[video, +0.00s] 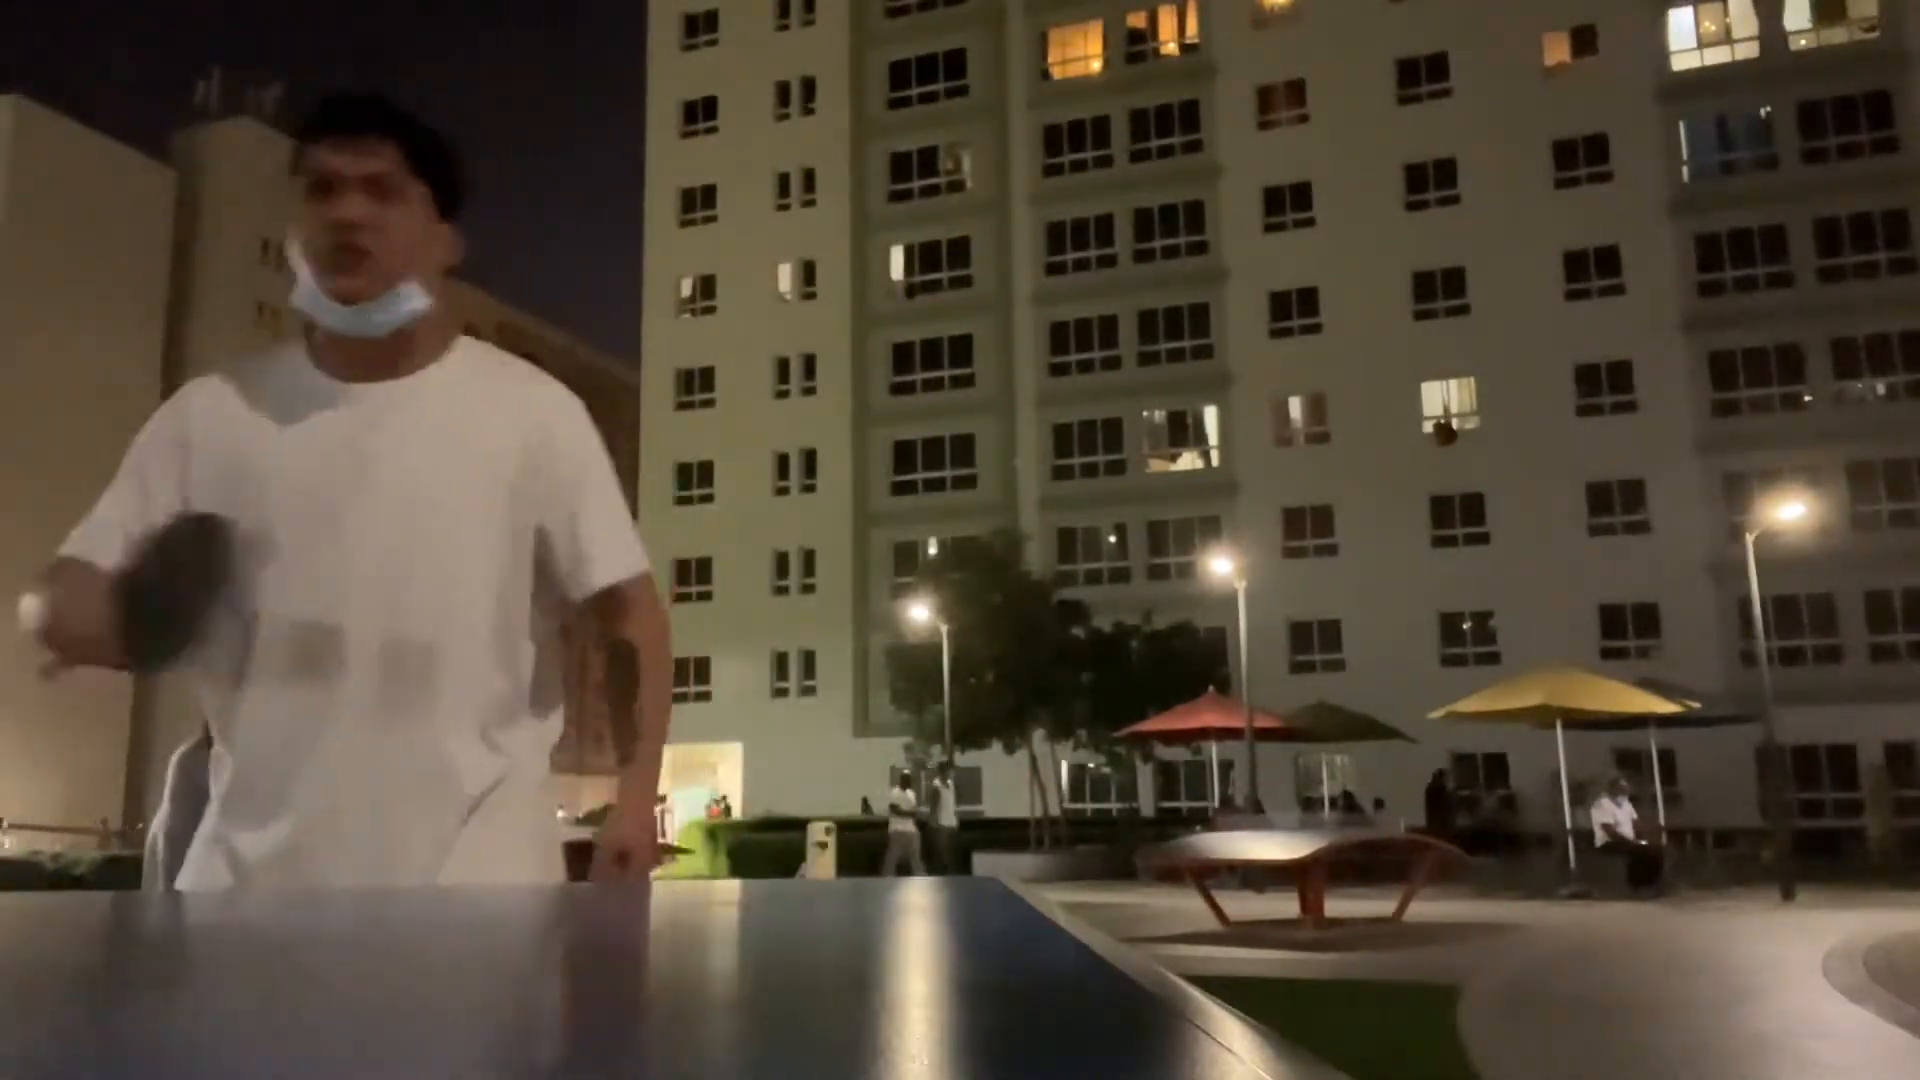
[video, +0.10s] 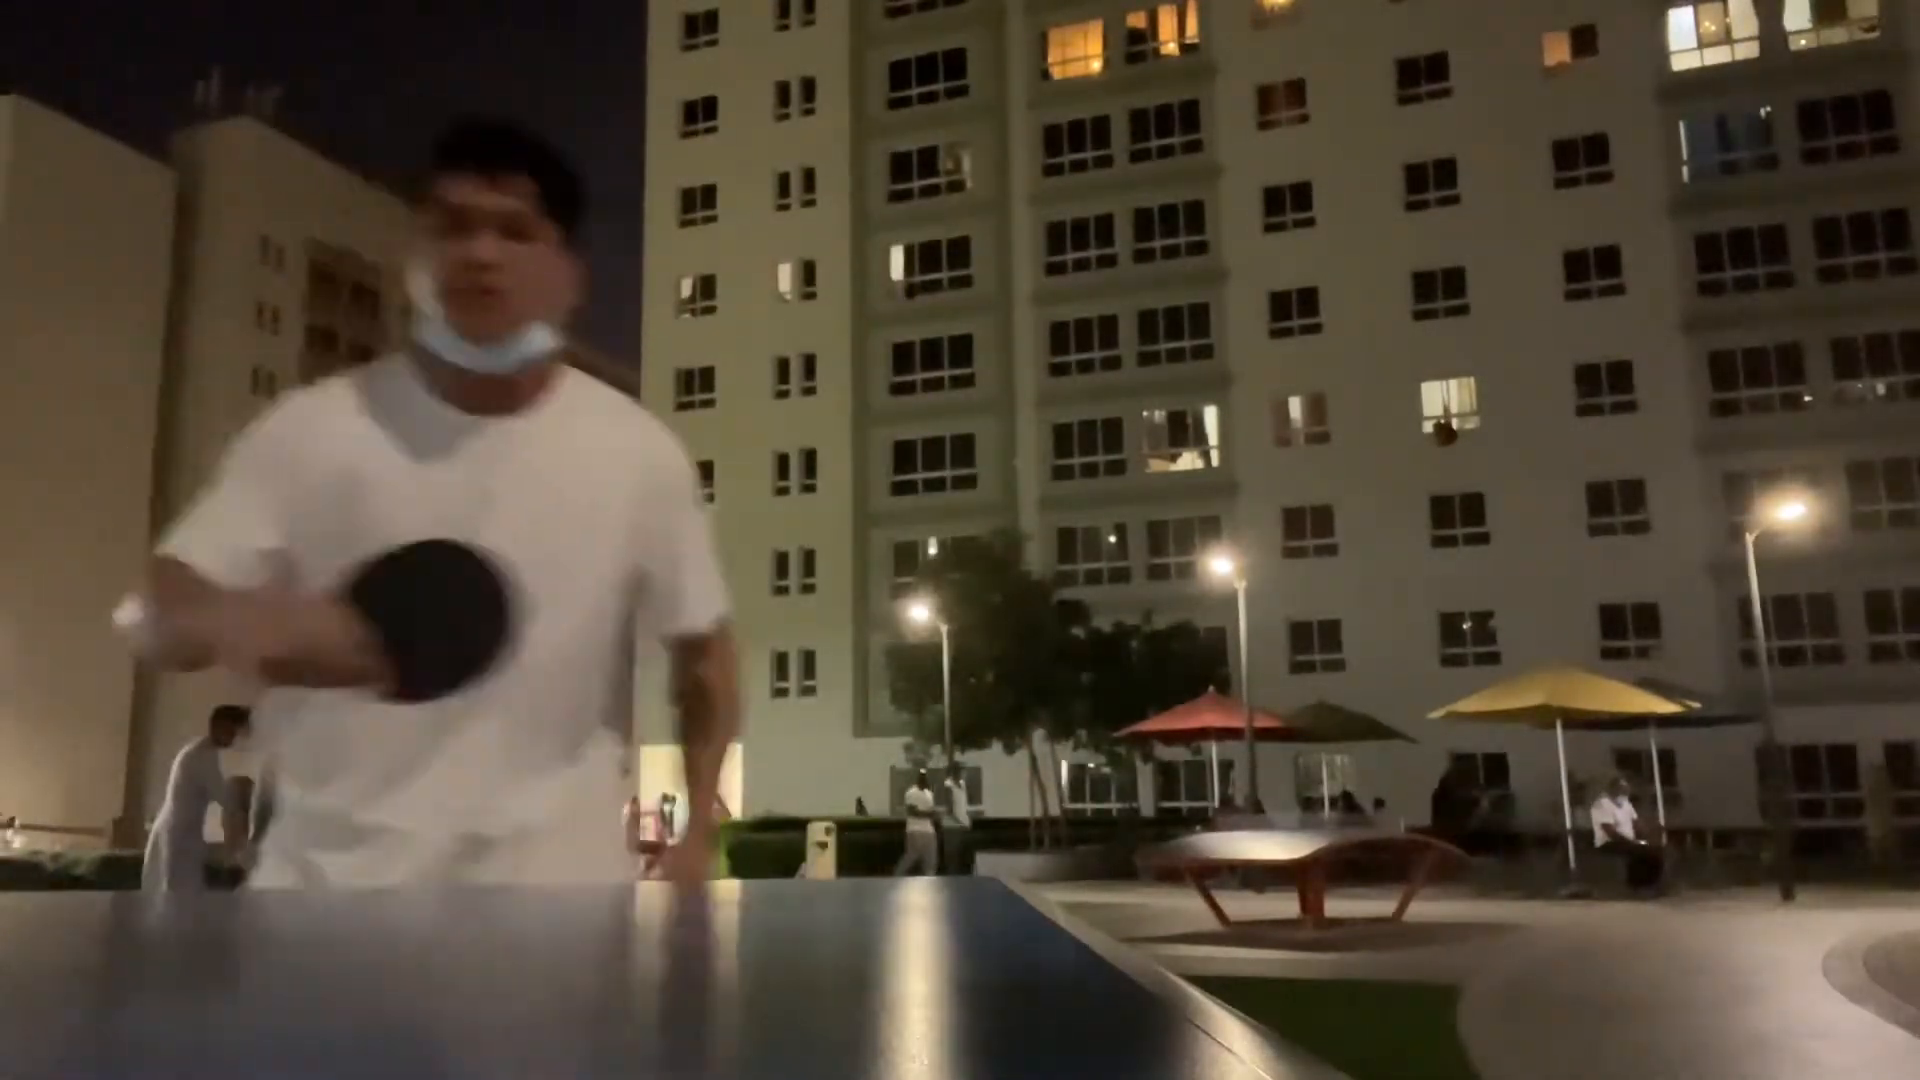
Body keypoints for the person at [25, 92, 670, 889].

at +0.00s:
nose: (345, 212)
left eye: (380, 191)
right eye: (321, 190)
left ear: (446, 240)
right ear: (291, 228)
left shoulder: (534, 417)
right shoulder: (211, 417)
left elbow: (635, 612)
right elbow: (63, 604)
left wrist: (636, 803)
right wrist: (133, 616)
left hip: (472, 868)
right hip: (258, 871)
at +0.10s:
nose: (478, 253)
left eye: (512, 230)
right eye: (452, 227)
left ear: (567, 270)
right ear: (416, 255)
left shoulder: (633, 454)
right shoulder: (314, 432)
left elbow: (704, 647)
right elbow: (159, 613)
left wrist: (700, 827)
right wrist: (286, 631)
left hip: (550, 894)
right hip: (329, 892)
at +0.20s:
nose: (580, 250)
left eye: (614, 224)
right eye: (551, 222)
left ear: (668, 267)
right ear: (511, 256)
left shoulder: (723, 458)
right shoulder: (403, 413)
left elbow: (791, 649)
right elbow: (209, 529)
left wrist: (801, 832)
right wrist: (310, 514)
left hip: (622, 882)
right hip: (411, 878)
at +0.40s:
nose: (487, 210)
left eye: (527, 188)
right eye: (459, 184)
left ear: (584, 247)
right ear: (420, 228)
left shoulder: (649, 436)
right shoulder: (339, 391)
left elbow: (740, 633)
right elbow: (101, 483)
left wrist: (767, 820)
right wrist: (184, 475)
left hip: (568, 891)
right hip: (341, 887)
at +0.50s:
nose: (310, 184)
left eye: (352, 163)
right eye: (281, 155)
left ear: (420, 230)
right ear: (241, 196)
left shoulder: (496, 424)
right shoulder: (132, 401)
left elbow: (590, 622)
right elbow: (9, 517)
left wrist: (620, 815)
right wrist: (62, 626)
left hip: (437, 893)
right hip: (192, 894)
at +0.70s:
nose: (229, 168)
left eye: (272, 145)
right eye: (206, 140)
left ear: (353, 207)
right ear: (175, 176)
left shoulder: (463, 400)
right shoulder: (70, 409)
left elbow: (584, 614)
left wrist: (569, 814)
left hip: (400, 892)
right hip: (150, 898)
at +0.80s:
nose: (141, 223)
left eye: (185, 191)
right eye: (134, 191)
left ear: (297, 219)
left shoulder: (422, 418)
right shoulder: (48, 433)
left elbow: (565, 615)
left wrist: (565, 843)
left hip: (392, 922)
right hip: (134, 925)